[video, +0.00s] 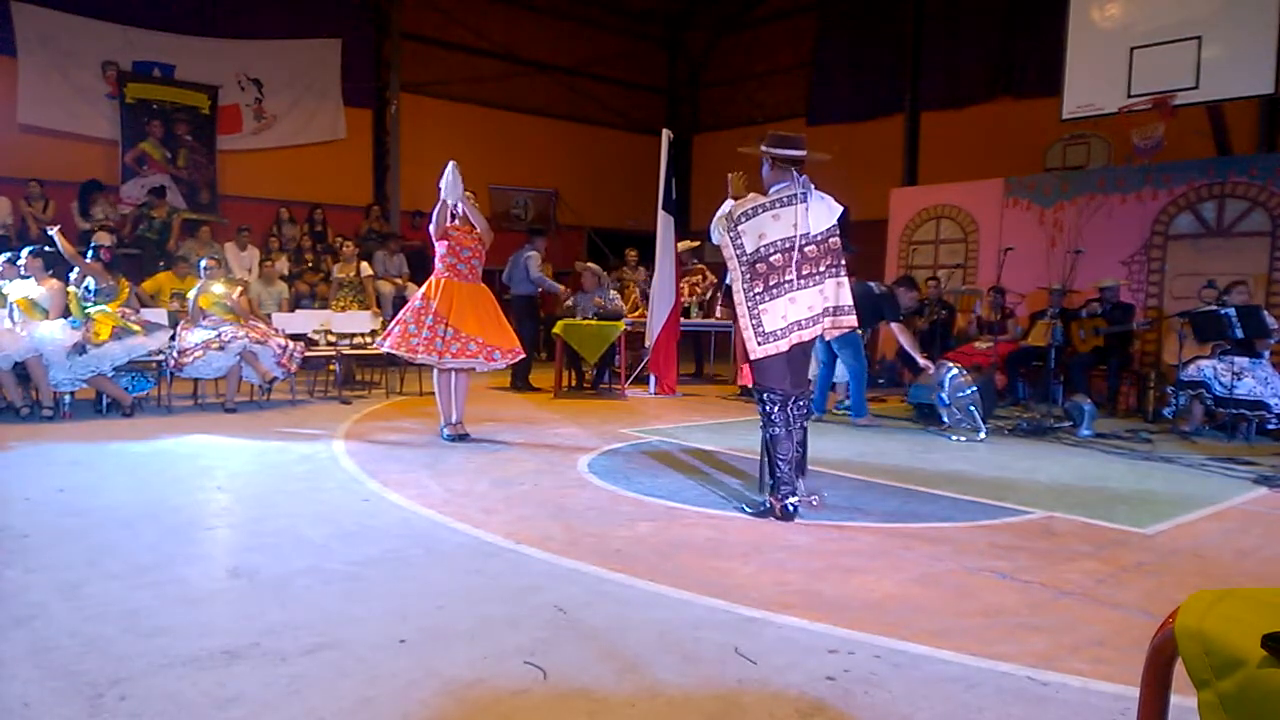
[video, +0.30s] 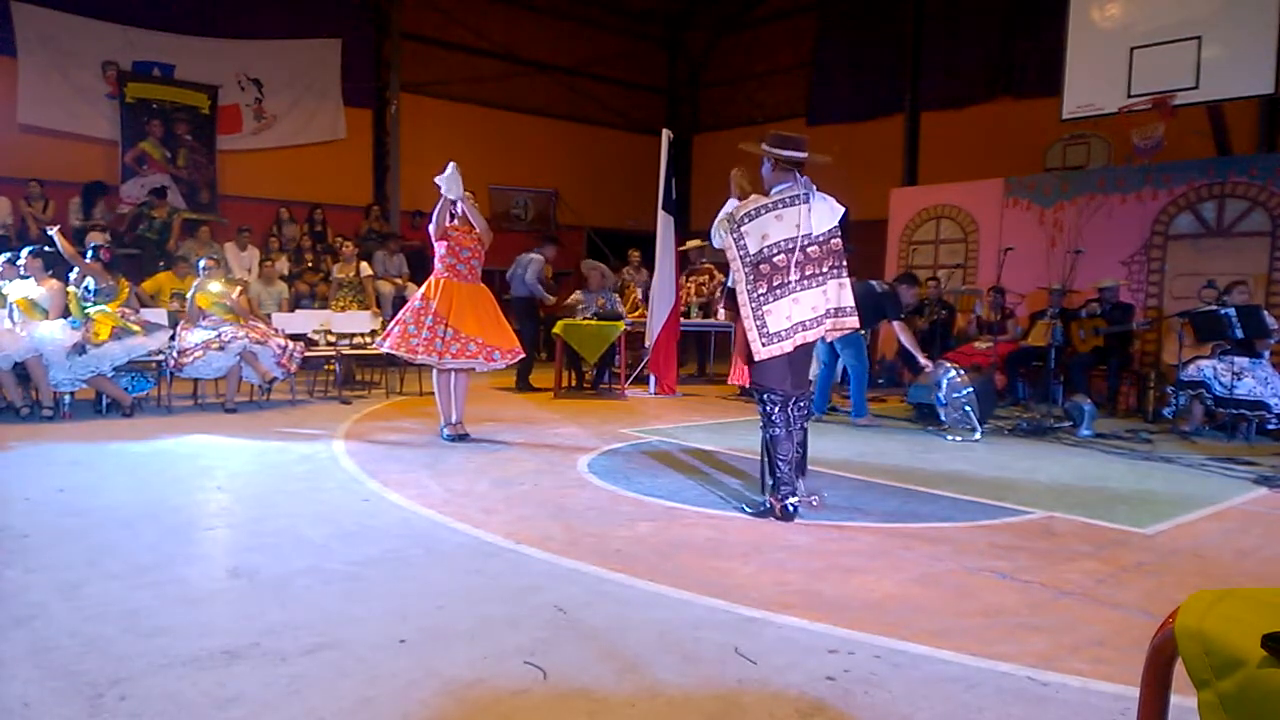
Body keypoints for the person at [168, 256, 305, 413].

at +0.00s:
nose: (208, 273)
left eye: (212, 269)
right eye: (204, 269)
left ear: (221, 270)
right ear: (200, 272)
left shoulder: (235, 289)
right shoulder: (196, 293)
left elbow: (246, 314)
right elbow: (194, 320)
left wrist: (233, 303)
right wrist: (197, 295)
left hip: (233, 327)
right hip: (208, 329)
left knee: (236, 358)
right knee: (239, 342)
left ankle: (229, 401)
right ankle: (264, 375)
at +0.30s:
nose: (207, 273)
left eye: (211, 269)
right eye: (204, 270)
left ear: (221, 270)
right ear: (200, 273)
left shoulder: (235, 289)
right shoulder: (198, 293)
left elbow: (246, 314)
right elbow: (193, 319)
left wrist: (230, 301)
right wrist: (193, 293)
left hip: (232, 327)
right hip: (207, 329)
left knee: (236, 358)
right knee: (239, 342)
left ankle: (229, 400)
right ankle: (264, 375)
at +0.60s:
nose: (207, 273)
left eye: (211, 268)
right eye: (203, 270)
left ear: (221, 269)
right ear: (199, 273)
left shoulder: (235, 288)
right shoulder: (198, 293)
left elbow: (246, 313)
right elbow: (191, 319)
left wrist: (229, 299)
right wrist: (191, 293)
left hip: (233, 327)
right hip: (207, 329)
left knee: (236, 357)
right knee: (238, 341)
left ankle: (229, 400)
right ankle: (264, 375)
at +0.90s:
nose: (206, 273)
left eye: (210, 269)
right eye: (203, 270)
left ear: (221, 270)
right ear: (199, 273)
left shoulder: (234, 289)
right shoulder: (197, 293)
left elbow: (245, 313)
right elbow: (191, 319)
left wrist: (227, 299)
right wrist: (190, 293)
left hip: (233, 327)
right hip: (207, 329)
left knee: (236, 357)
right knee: (238, 341)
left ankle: (230, 400)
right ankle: (264, 374)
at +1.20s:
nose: (205, 273)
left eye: (210, 269)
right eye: (202, 270)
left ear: (220, 270)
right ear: (198, 273)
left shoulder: (234, 288)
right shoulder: (196, 292)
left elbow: (245, 312)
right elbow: (191, 319)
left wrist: (226, 298)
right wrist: (189, 293)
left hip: (233, 327)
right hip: (206, 329)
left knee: (236, 357)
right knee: (238, 341)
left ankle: (229, 400)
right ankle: (264, 374)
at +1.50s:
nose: (204, 273)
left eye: (209, 269)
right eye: (201, 270)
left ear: (219, 270)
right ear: (197, 273)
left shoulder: (234, 289)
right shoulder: (195, 292)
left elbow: (244, 312)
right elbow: (190, 319)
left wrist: (225, 299)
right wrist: (189, 292)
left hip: (233, 327)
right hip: (206, 329)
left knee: (237, 356)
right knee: (238, 341)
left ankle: (229, 400)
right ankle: (264, 374)